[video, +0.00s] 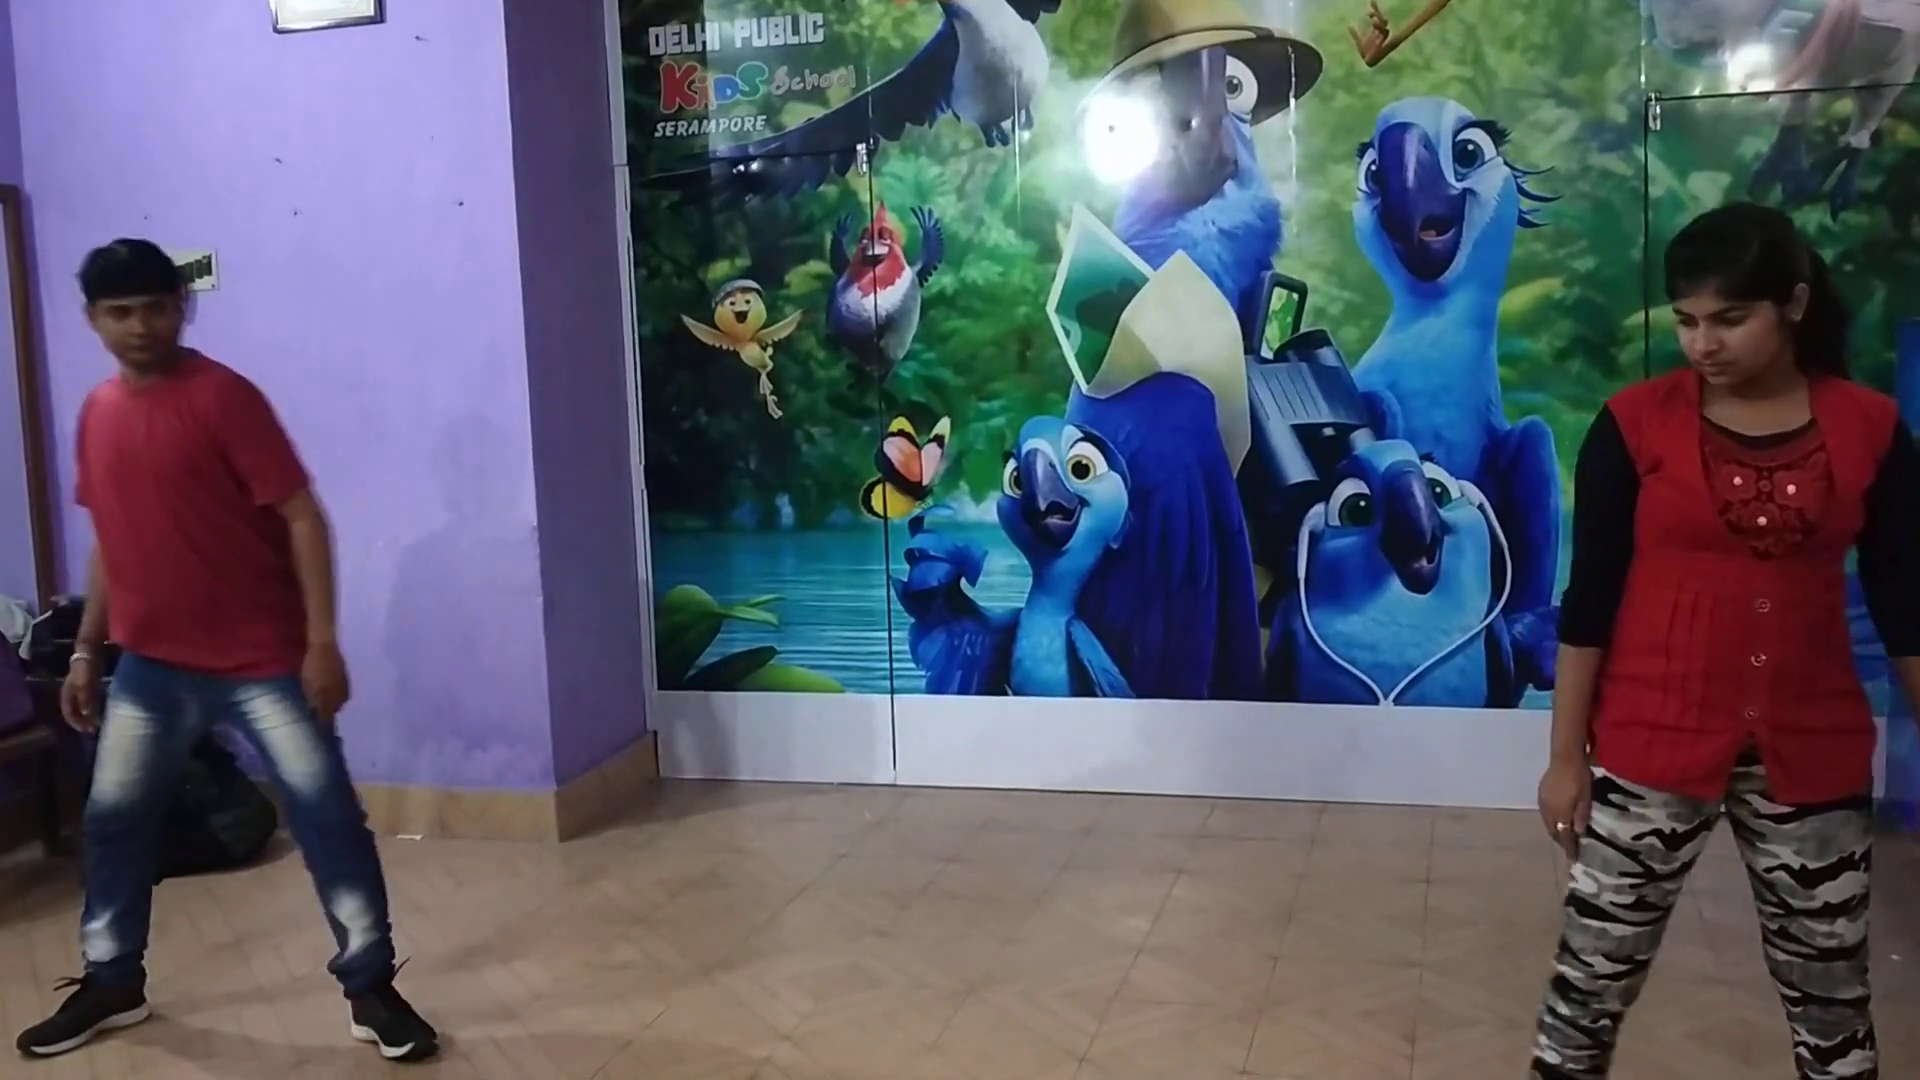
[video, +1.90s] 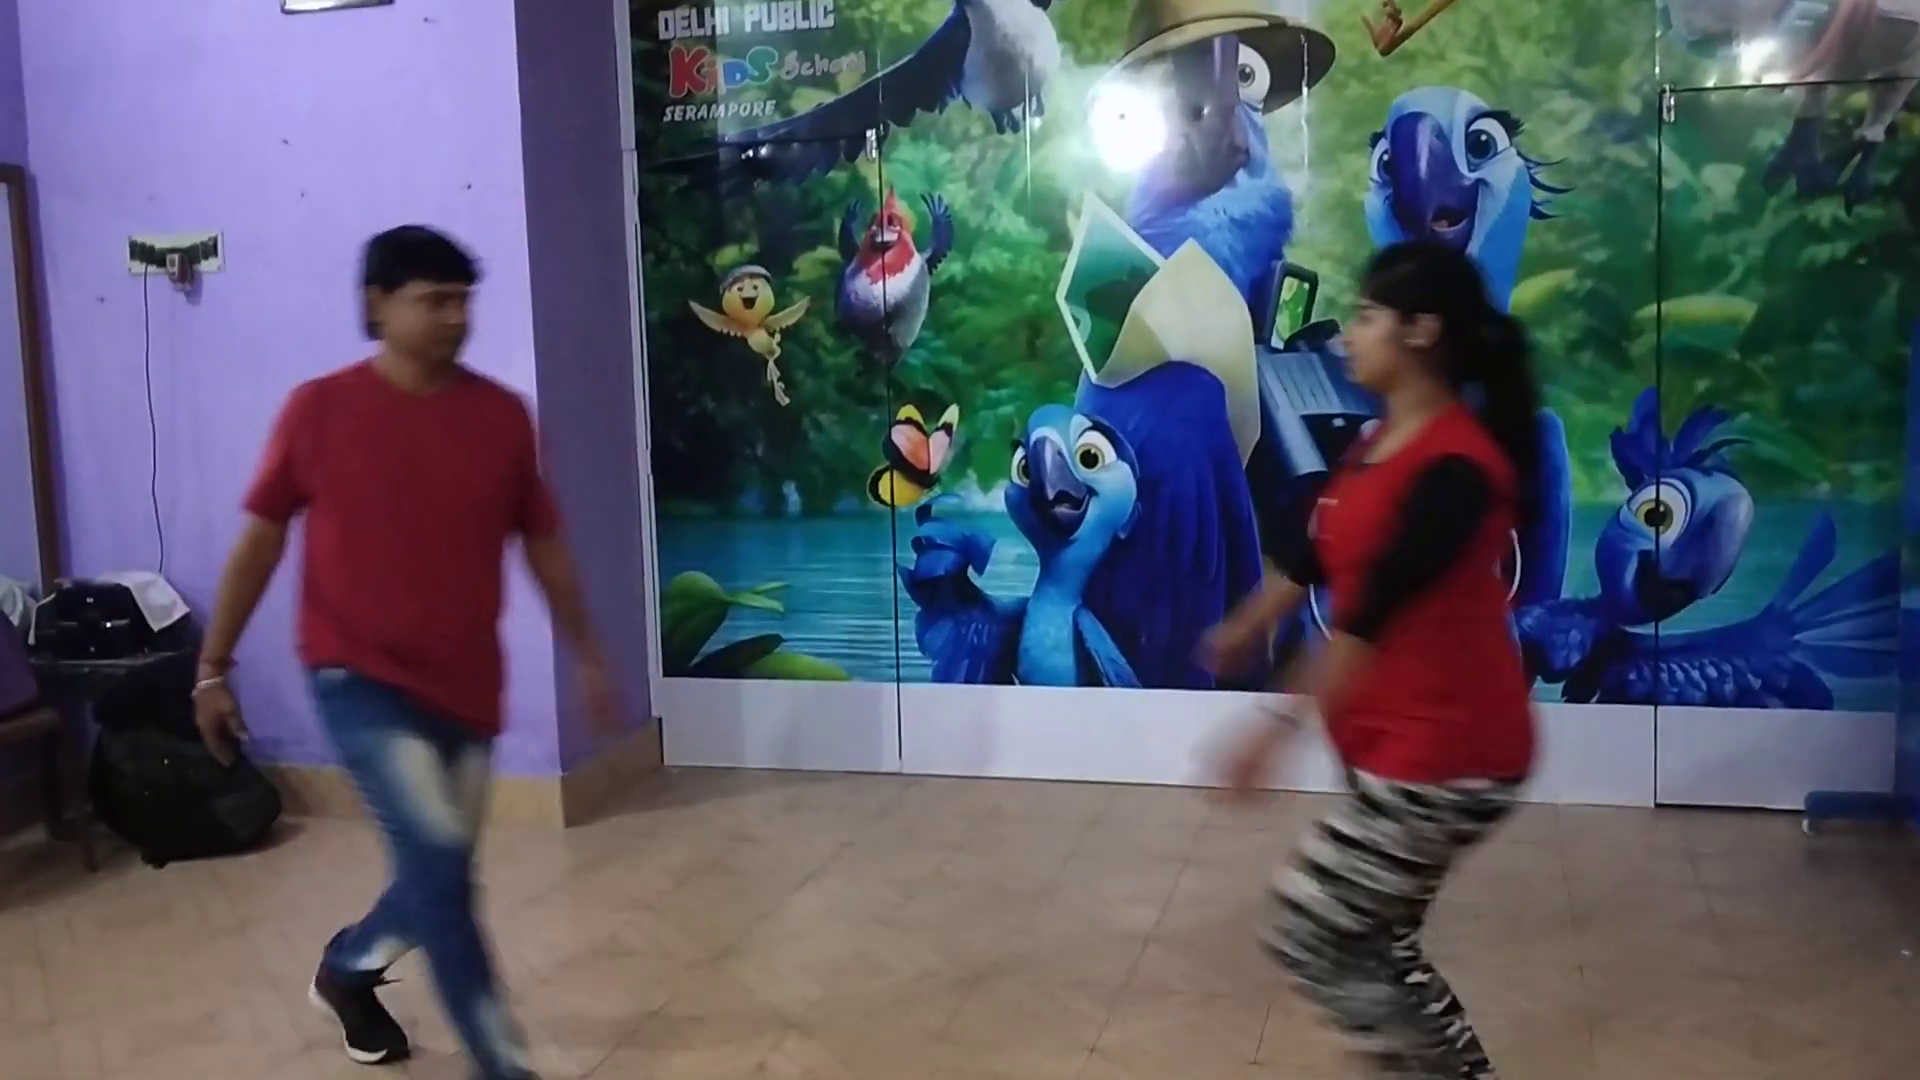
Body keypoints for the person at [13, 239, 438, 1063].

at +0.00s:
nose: (140, 327)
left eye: (155, 309)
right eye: (120, 313)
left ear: (180, 310)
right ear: (93, 320)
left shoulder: (226, 398)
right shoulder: (99, 411)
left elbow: (304, 515)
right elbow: (108, 535)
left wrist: (323, 646)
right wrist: (87, 650)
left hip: (259, 660)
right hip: (150, 663)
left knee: (324, 800)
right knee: (114, 808)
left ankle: (371, 985)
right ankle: (112, 978)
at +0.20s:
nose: (236, 362)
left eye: (247, 346)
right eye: (215, 349)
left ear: (263, 349)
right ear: (182, 358)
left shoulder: (305, 443)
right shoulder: (177, 443)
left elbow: (407, 548)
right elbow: (174, 561)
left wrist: (398, 678)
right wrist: (129, 667)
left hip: (306, 690)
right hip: (196, 684)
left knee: (359, 812)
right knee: (106, 812)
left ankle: (376, 992)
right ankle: (112, 980)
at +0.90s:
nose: (161, 378)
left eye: (172, 361)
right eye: (142, 361)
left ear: (184, 356)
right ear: (98, 357)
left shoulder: (216, 444)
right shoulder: (69, 415)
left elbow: (279, 560)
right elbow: (62, 517)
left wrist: (319, 673)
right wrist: (49, 622)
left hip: (222, 660)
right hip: (106, 657)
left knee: (295, 807)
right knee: (35, 807)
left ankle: (371, 982)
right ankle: (94, 959)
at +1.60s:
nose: (276, 319)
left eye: (285, 304)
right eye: (256, 305)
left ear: (298, 310)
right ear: (209, 312)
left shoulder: (342, 410)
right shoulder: (164, 406)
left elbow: (373, 532)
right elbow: (130, 520)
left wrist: (394, 647)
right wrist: (106, 644)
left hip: (323, 662)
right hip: (205, 663)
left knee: (351, 827)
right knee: (171, 835)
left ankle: (329, 993)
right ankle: (110, 960)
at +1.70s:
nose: (336, 316)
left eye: (343, 301)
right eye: (316, 302)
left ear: (354, 307)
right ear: (265, 309)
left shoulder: (394, 409)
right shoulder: (214, 404)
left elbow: (423, 532)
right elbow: (174, 518)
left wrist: (443, 647)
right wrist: (145, 644)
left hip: (365, 665)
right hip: (247, 662)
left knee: (374, 844)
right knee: (250, 836)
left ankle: (333, 987)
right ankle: (222, 992)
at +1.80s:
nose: (392, 317)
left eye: (400, 302)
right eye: (372, 303)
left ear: (410, 308)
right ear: (320, 309)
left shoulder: (446, 413)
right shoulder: (267, 405)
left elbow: (474, 537)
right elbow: (218, 526)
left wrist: (505, 653)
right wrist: (183, 657)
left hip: (412, 671)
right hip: (302, 665)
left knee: (407, 865)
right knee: (351, 815)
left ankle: (334, 973)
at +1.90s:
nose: (456, 317)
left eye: (463, 301)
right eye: (436, 301)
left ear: (472, 306)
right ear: (379, 307)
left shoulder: (502, 414)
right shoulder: (321, 409)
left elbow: (543, 539)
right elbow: (262, 536)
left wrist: (586, 651)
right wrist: (213, 666)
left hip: (464, 678)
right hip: (359, 672)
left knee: (443, 867)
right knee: (439, 859)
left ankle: (347, 971)